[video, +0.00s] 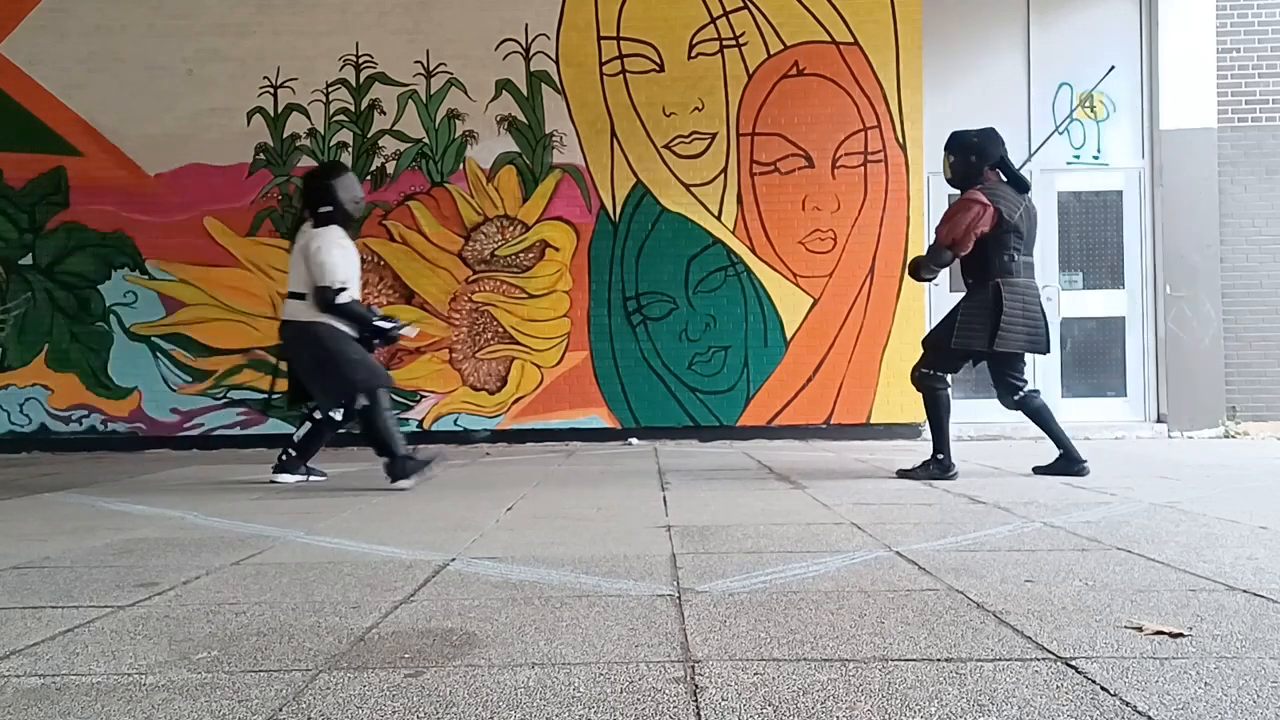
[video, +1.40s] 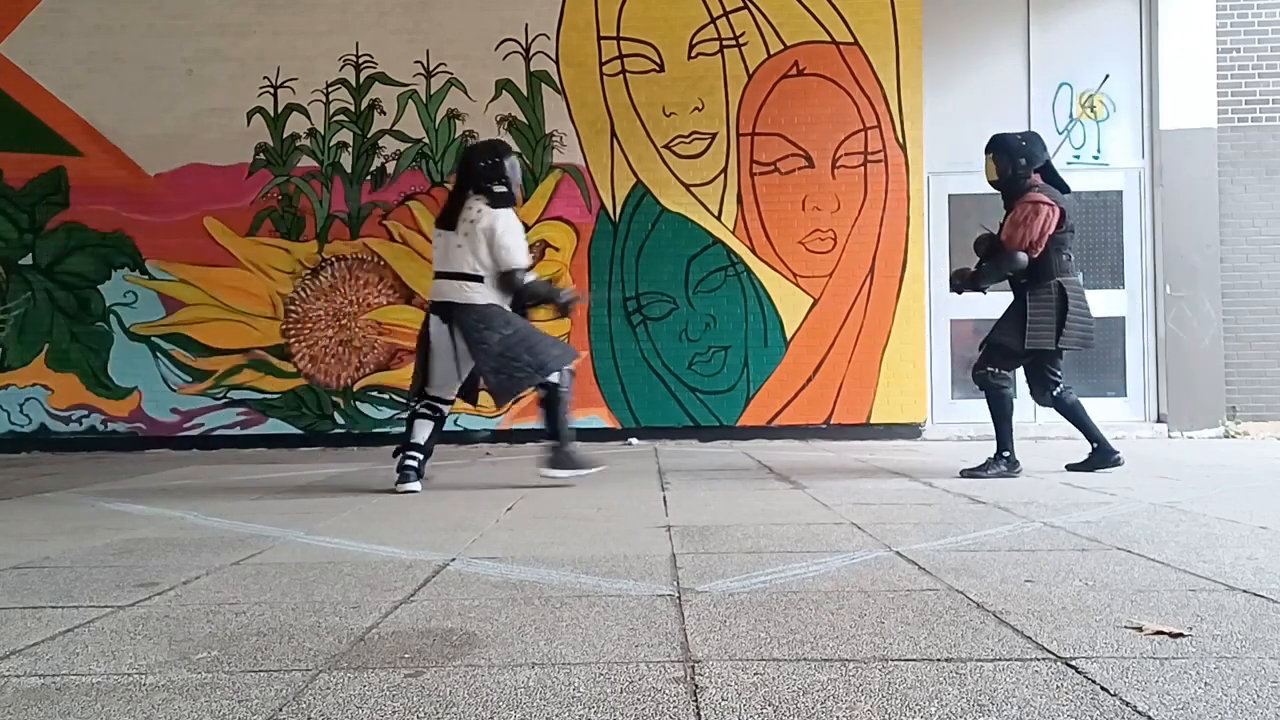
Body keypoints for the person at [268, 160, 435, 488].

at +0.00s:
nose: (360, 195)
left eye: (357, 187)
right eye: (352, 188)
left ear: (323, 198)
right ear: (332, 196)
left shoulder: (311, 231)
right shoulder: (328, 237)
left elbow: (326, 296)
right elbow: (330, 298)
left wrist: (362, 323)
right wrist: (375, 322)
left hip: (301, 330)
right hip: (317, 331)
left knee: (340, 401)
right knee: (372, 384)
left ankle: (292, 462)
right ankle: (398, 460)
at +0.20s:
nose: (401, 184)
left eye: (398, 175)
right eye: (393, 178)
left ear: (362, 186)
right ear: (372, 184)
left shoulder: (346, 219)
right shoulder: (373, 221)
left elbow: (355, 285)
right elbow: (382, 283)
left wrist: (409, 309)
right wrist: (423, 311)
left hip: (335, 324)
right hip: (362, 324)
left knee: (342, 395)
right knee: (424, 380)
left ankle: (297, 461)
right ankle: (418, 467)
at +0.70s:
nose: (428, 176)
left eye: (426, 168)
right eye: (422, 168)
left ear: (378, 174)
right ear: (408, 175)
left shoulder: (358, 213)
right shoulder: (409, 216)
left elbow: (355, 273)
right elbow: (417, 284)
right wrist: (447, 322)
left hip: (346, 311)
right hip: (388, 313)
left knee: (356, 395)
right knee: (459, 365)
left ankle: (335, 467)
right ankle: (451, 455)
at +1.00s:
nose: (458, 176)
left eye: (456, 169)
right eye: (453, 169)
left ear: (408, 175)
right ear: (440, 175)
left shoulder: (388, 216)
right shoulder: (444, 217)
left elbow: (384, 275)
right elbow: (457, 286)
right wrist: (478, 329)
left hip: (387, 313)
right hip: (428, 314)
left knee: (378, 396)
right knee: (496, 374)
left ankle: (339, 467)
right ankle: (497, 465)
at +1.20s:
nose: (495, 167)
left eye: (492, 159)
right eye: (490, 160)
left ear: (445, 166)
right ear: (474, 166)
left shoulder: (422, 205)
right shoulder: (479, 209)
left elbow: (418, 263)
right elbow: (488, 278)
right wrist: (512, 322)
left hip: (418, 305)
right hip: (461, 307)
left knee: (414, 384)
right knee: (519, 377)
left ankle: (395, 457)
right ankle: (500, 465)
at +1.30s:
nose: (507, 171)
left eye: (505, 163)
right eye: (502, 164)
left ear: (458, 169)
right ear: (486, 170)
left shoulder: (434, 207)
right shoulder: (487, 212)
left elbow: (433, 267)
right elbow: (495, 279)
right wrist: (525, 311)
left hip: (425, 311)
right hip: (469, 312)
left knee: (428, 391)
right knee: (538, 369)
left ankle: (408, 469)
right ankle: (512, 453)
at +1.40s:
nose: (519, 179)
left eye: (517, 170)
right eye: (514, 171)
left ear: (469, 175)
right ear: (499, 175)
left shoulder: (449, 212)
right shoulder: (499, 216)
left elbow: (460, 269)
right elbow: (515, 280)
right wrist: (556, 294)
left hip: (441, 310)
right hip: (483, 313)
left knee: (437, 393)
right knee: (555, 365)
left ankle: (409, 470)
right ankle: (563, 451)